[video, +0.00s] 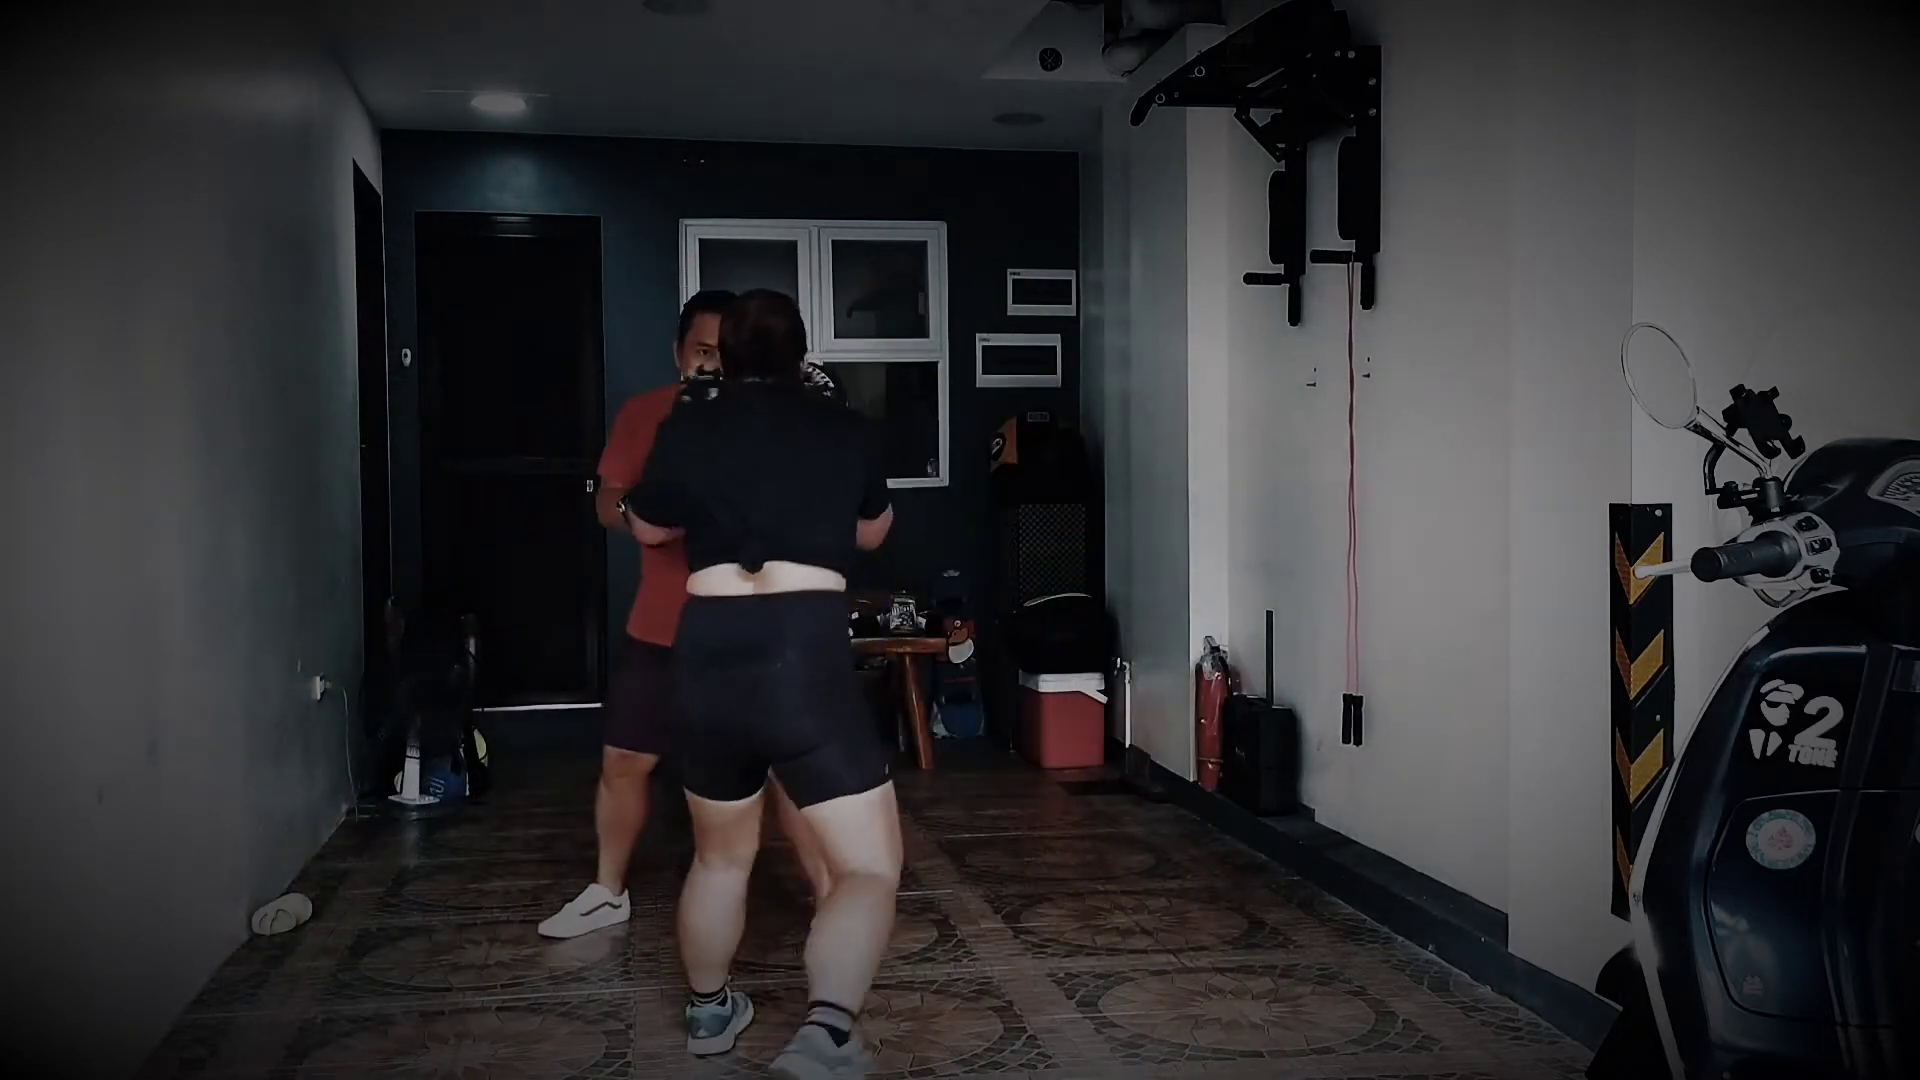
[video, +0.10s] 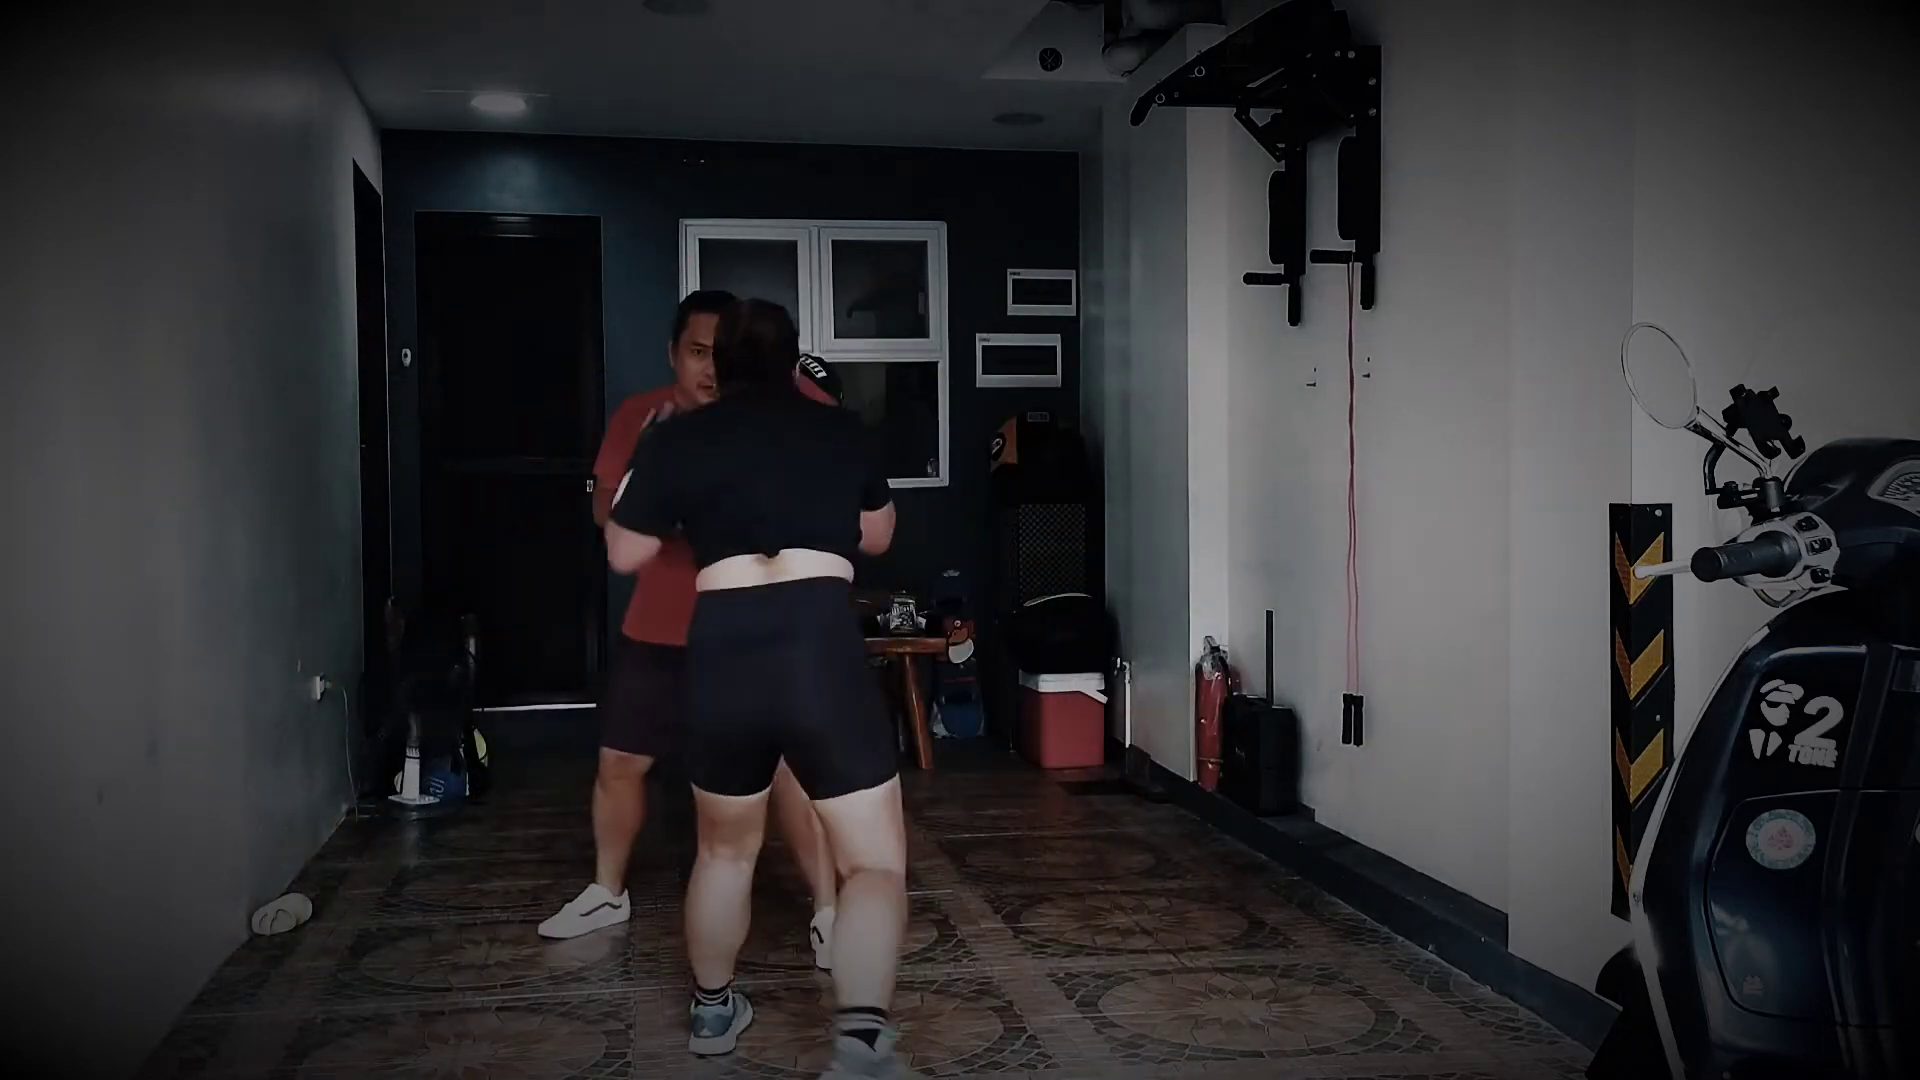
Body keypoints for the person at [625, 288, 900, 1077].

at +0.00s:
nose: (703, 355)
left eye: (711, 344)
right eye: (705, 342)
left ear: (725, 353)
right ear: (802, 353)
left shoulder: (689, 420)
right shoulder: (847, 427)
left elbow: (650, 524)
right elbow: (871, 533)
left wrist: (727, 499)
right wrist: (791, 513)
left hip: (706, 661)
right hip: (808, 664)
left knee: (719, 853)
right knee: (863, 870)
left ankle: (708, 1009)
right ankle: (828, 1031)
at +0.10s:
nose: (699, 362)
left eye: (707, 351)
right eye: (699, 348)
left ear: (721, 362)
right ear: (794, 362)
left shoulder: (676, 437)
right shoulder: (841, 430)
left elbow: (625, 552)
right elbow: (876, 535)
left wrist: (673, 489)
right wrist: (795, 512)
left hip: (723, 667)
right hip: (826, 663)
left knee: (724, 844)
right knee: (873, 868)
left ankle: (713, 1013)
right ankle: (862, 1039)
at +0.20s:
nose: (705, 377)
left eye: (716, 373)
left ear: (720, 407)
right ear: (796, 406)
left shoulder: (690, 484)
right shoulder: (845, 468)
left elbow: (644, 611)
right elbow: (888, 576)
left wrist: (621, 590)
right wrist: (814, 571)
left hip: (737, 693)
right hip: (843, 688)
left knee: (725, 837)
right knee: (881, 891)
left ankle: (725, 1003)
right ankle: (887, 1056)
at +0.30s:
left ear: (720, 452)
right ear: (795, 444)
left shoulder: (701, 534)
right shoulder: (846, 512)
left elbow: (685, 635)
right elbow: (904, 622)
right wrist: (842, 619)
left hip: (732, 721)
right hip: (839, 719)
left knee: (729, 844)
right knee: (886, 899)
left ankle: (730, 1008)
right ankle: (883, 1059)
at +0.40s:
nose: (832, 441)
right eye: (822, 430)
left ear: (730, 442)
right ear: (806, 436)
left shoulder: (701, 529)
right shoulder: (851, 495)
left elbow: (674, 651)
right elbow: (913, 605)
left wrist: (728, 669)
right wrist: (870, 598)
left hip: (719, 707)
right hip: (821, 704)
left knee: (744, 838)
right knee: (880, 895)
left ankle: (729, 1003)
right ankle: (878, 1050)